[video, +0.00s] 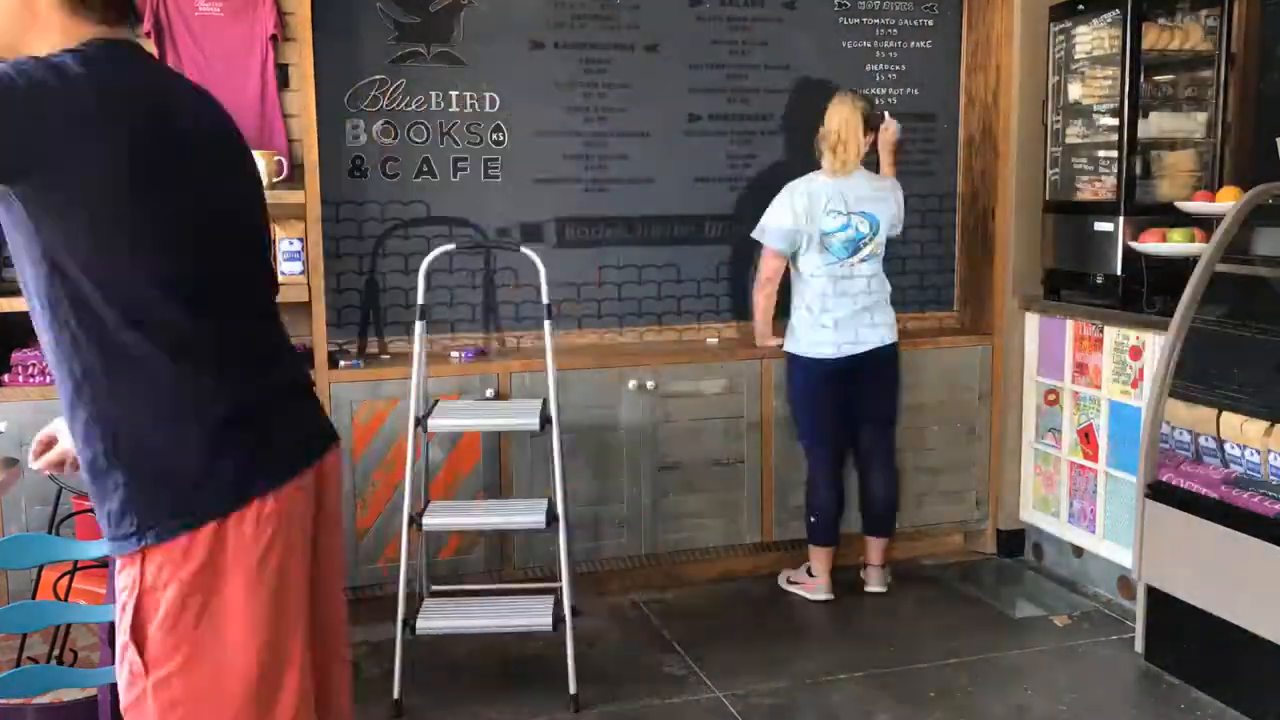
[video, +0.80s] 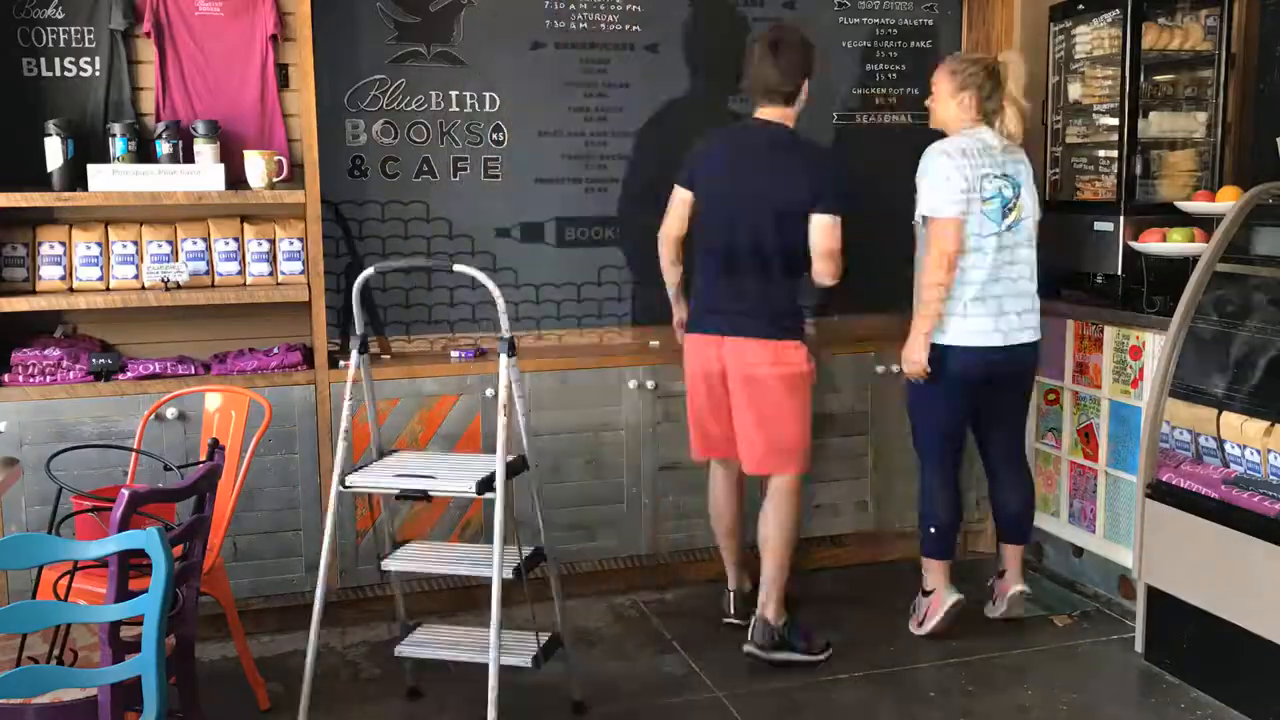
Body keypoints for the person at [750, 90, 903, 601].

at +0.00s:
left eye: (821, 127)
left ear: (822, 135)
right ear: (866, 139)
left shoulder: (798, 195)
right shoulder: (884, 191)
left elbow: (768, 278)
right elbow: (892, 217)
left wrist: (763, 335)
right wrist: (887, 155)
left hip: (816, 351)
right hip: (877, 347)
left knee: (823, 461)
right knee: (878, 452)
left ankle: (819, 574)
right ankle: (876, 569)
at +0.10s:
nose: (849, 141)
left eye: (810, 132)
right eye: (849, 134)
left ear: (801, 139)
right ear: (846, 139)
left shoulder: (781, 201)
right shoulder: (874, 190)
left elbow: (779, 285)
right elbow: (863, 253)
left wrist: (804, 335)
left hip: (828, 355)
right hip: (890, 347)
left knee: (845, 462)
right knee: (903, 452)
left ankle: (849, 571)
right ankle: (916, 563)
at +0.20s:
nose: (856, 140)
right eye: (854, 134)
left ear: (801, 142)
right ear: (847, 140)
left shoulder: (785, 204)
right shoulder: (874, 191)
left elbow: (775, 286)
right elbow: (866, 254)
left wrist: (782, 344)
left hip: (823, 354)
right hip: (885, 349)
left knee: (840, 460)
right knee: (905, 449)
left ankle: (849, 570)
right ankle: (930, 553)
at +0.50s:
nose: (845, 133)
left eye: (847, 127)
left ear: (850, 134)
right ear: (893, 139)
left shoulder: (831, 195)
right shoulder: (912, 192)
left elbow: (819, 285)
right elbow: (907, 193)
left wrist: (789, 338)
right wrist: (900, 148)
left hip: (856, 353)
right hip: (917, 346)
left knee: (861, 458)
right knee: (927, 448)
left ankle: (850, 570)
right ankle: (939, 560)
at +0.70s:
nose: (874, 139)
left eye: (874, 132)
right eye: (884, 131)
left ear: (874, 138)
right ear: (919, 136)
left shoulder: (871, 196)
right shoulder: (943, 185)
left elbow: (864, 282)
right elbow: (930, 175)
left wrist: (828, 332)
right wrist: (918, 146)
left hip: (902, 349)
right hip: (961, 339)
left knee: (906, 452)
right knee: (965, 448)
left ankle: (894, 565)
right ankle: (973, 559)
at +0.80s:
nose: (928, 103)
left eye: (935, 93)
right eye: (931, 92)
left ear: (965, 99)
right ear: (981, 100)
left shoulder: (944, 158)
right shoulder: (1017, 158)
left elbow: (943, 254)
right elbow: (1026, 234)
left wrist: (918, 333)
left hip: (954, 342)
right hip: (1015, 341)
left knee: (937, 465)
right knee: (1007, 457)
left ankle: (937, 588)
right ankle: (1012, 581)